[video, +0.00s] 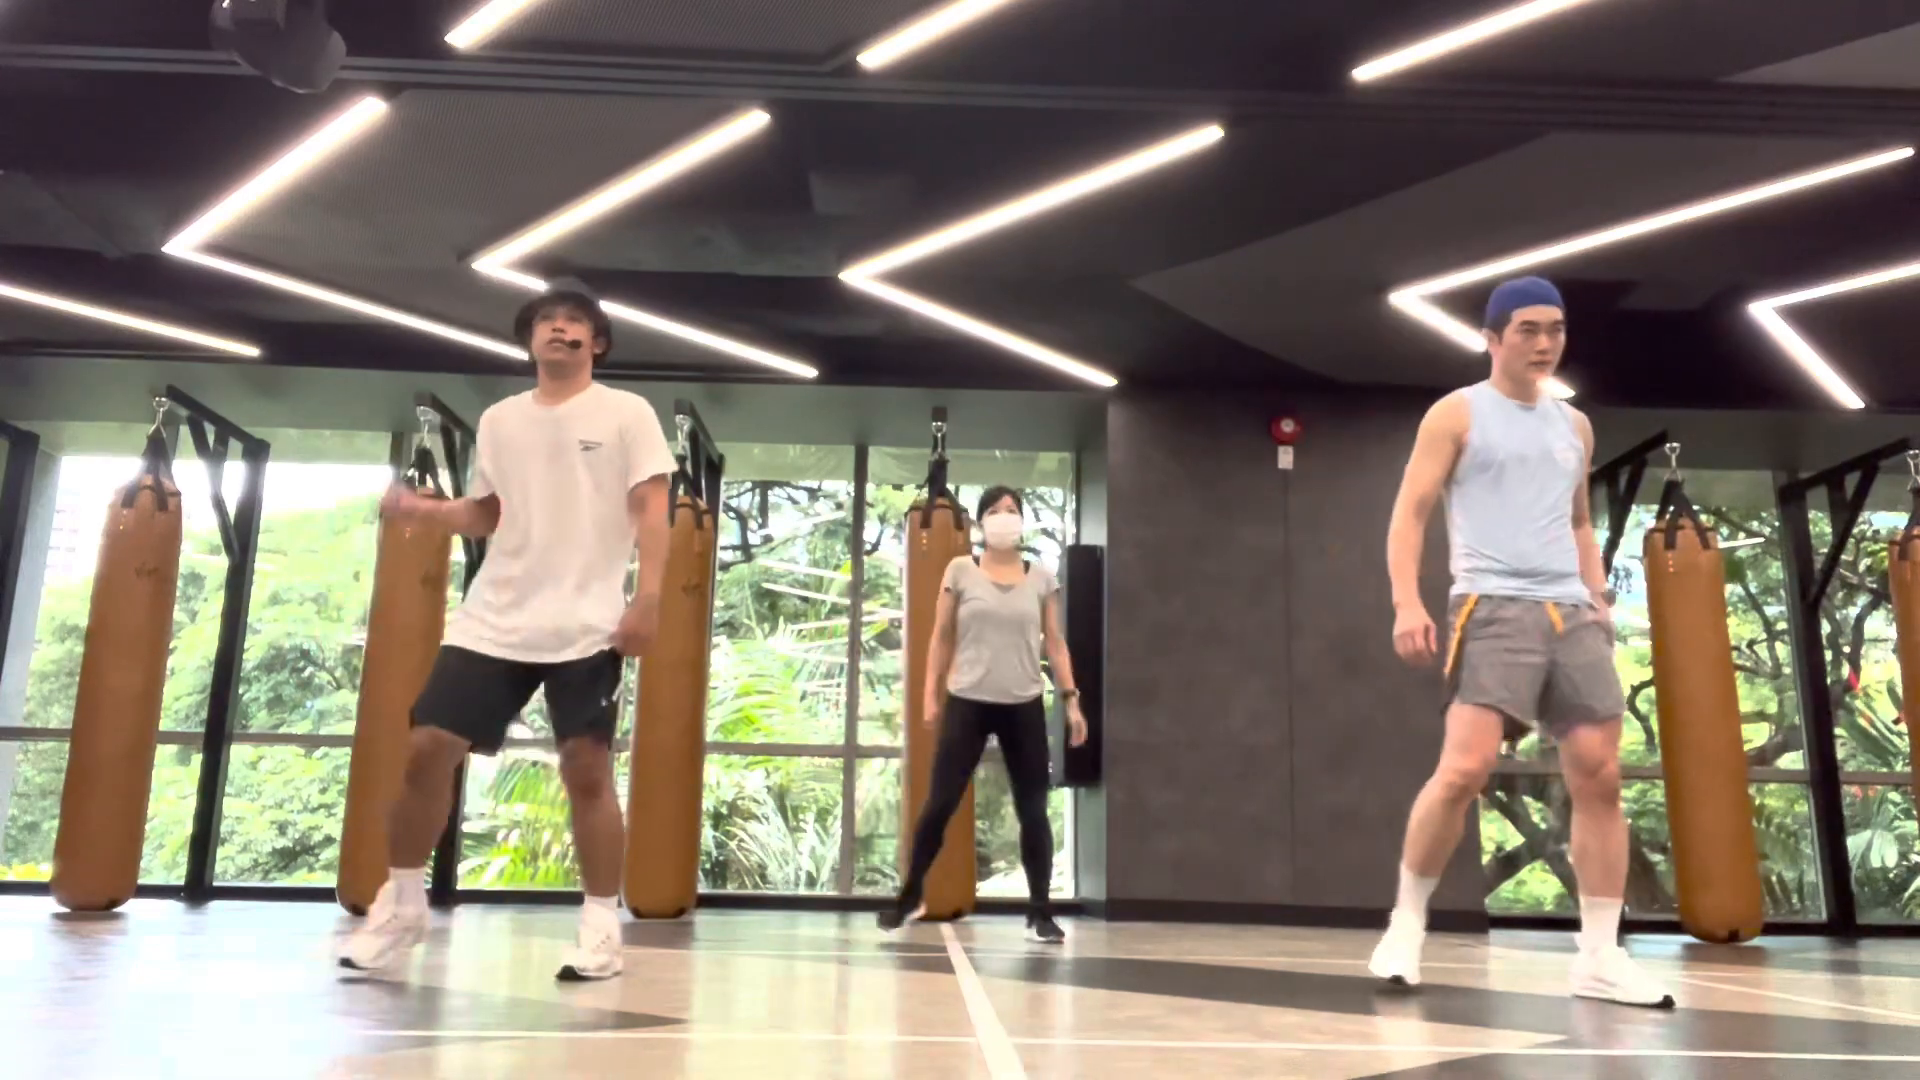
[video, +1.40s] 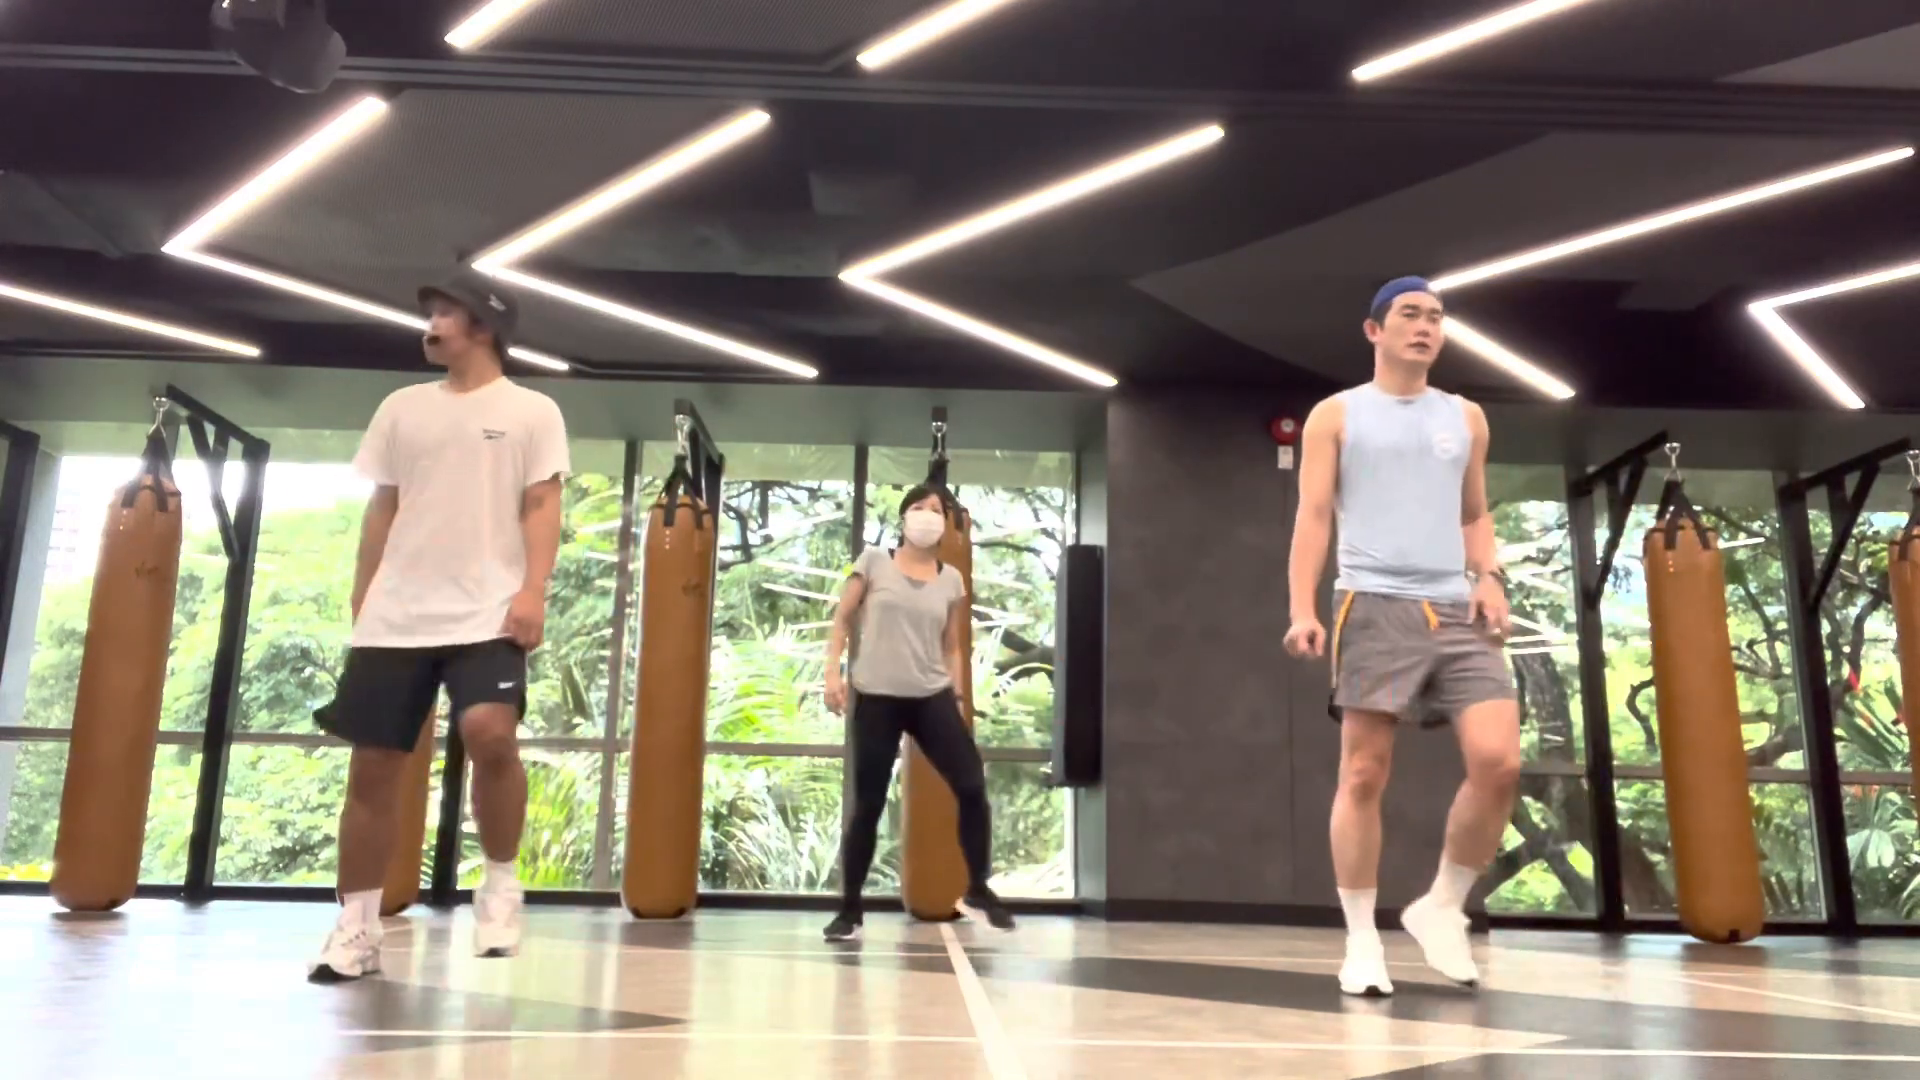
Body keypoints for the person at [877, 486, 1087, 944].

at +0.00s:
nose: (1007, 518)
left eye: (1013, 512)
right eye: (997, 512)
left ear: (1023, 526)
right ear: (980, 526)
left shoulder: (1040, 578)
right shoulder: (960, 570)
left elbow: (1055, 642)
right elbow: (941, 636)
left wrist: (1071, 699)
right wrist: (930, 695)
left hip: (1024, 705)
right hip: (967, 703)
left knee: (1034, 811)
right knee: (941, 802)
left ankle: (1040, 911)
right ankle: (911, 892)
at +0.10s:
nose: (1013, 519)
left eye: (1021, 513)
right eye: (1004, 513)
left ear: (1031, 525)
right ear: (988, 524)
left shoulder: (1048, 577)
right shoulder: (967, 571)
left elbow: (1073, 639)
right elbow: (951, 636)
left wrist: (1097, 692)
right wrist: (945, 694)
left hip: (1031, 701)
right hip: (976, 699)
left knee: (1035, 810)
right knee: (968, 803)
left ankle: (1040, 911)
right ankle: (955, 896)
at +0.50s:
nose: (993, 519)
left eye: (1000, 512)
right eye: (984, 512)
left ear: (1011, 523)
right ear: (970, 524)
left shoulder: (1032, 571)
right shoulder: (952, 576)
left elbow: (1054, 628)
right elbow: (943, 641)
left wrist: (1067, 677)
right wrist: (943, 695)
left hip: (1021, 701)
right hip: (963, 699)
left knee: (1027, 806)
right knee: (921, 795)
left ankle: (1042, 911)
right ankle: (900, 888)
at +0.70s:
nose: (961, 527)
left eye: (967, 521)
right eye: (951, 520)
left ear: (977, 534)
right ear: (931, 533)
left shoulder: (991, 585)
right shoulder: (911, 583)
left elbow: (1009, 647)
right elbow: (903, 651)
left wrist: (1022, 702)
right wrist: (902, 702)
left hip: (978, 709)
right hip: (919, 709)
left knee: (1004, 811)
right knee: (886, 811)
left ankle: (1039, 910)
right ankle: (852, 910)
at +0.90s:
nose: (925, 516)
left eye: (935, 511)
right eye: (916, 508)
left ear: (946, 527)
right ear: (901, 521)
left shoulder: (956, 578)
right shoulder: (874, 568)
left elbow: (961, 643)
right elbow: (847, 631)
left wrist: (964, 696)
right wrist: (831, 689)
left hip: (934, 700)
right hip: (875, 699)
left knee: (960, 795)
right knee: (866, 806)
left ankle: (991, 891)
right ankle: (850, 910)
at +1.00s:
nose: (917, 514)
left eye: (926, 509)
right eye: (909, 507)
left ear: (938, 523)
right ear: (894, 519)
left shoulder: (946, 576)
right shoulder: (867, 562)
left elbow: (948, 640)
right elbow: (833, 623)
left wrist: (944, 689)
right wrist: (810, 677)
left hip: (926, 695)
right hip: (869, 695)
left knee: (926, 792)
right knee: (861, 807)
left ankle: (938, 894)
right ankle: (851, 911)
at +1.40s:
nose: (927, 517)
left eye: (937, 512)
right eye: (919, 509)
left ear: (947, 527)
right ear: (902, 521)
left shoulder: (952, 579)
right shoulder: (874, 560)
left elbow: (953, 646)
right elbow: (842, 617)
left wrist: (959, 700)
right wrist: (832, 673)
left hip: (932, 698)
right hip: (875, 697)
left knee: (972, 787)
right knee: (865, 805)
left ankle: (978, 888)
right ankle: (850, 909)